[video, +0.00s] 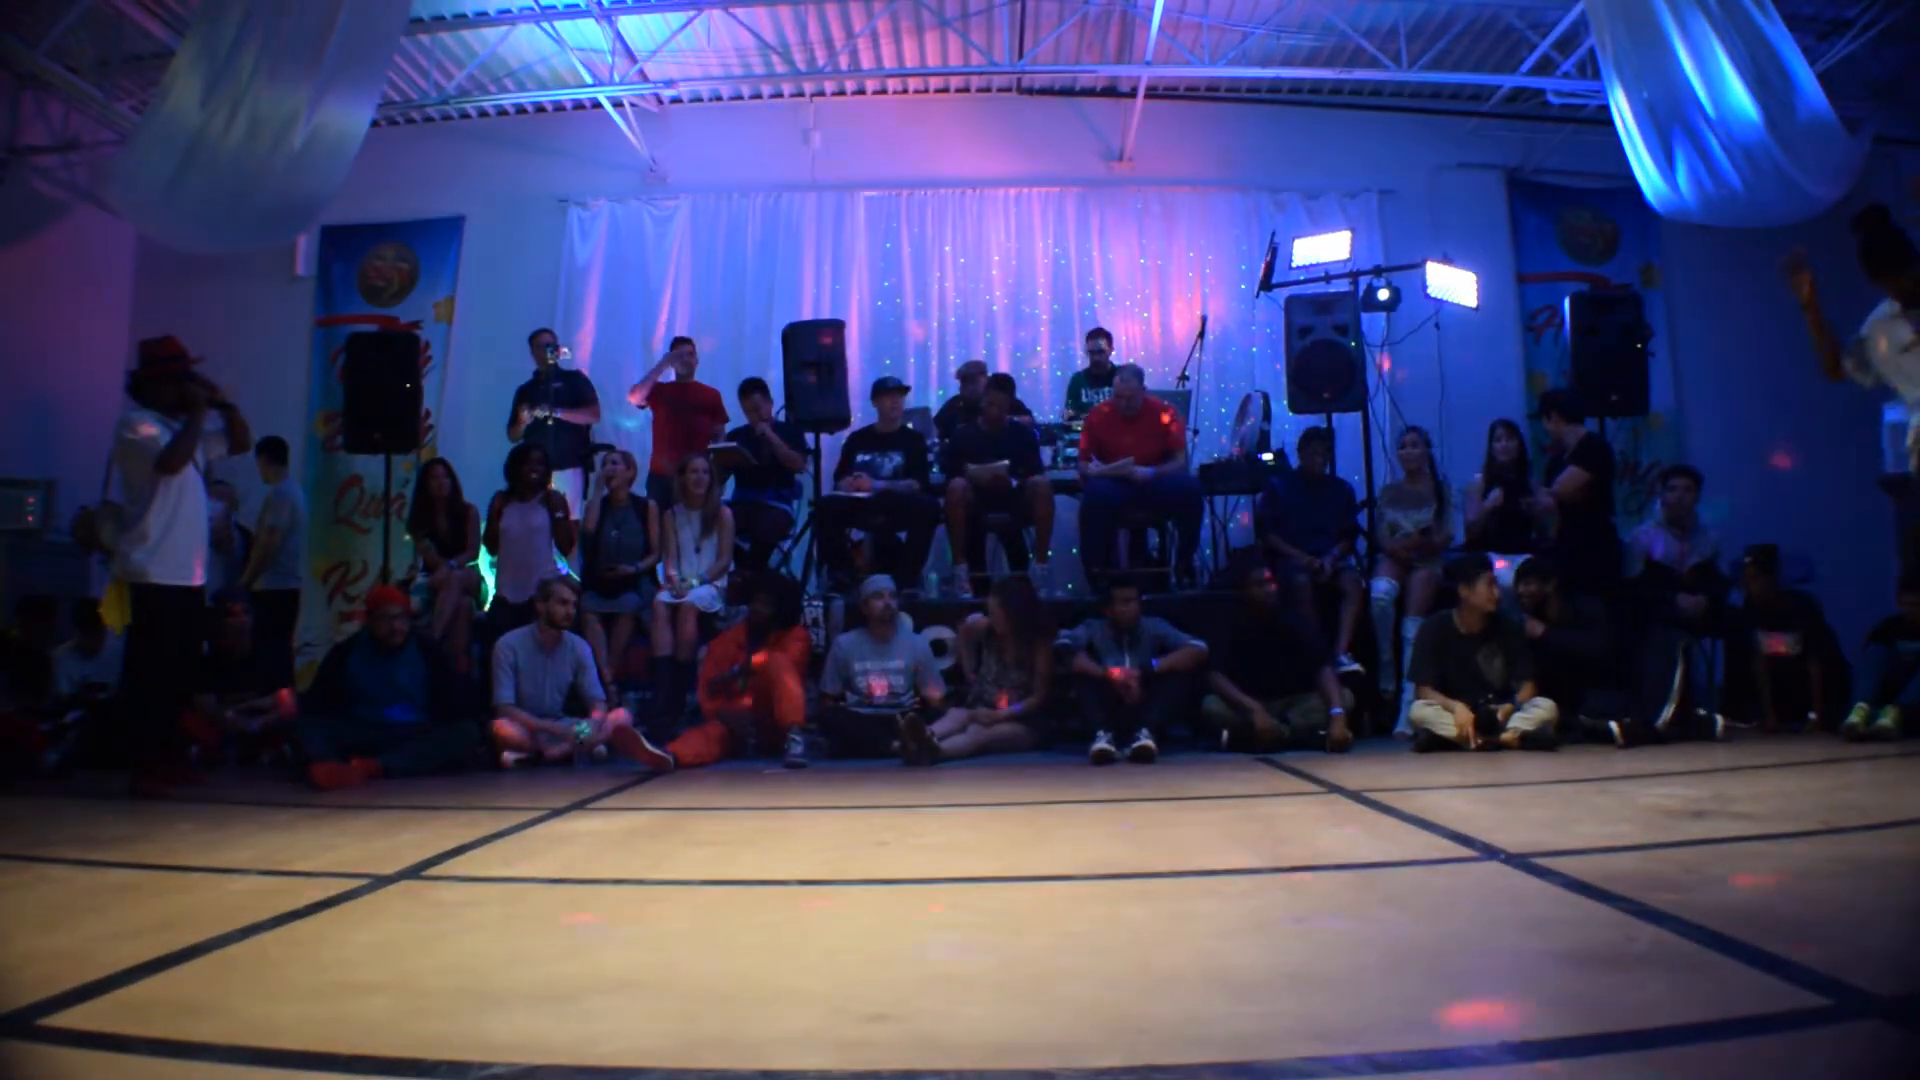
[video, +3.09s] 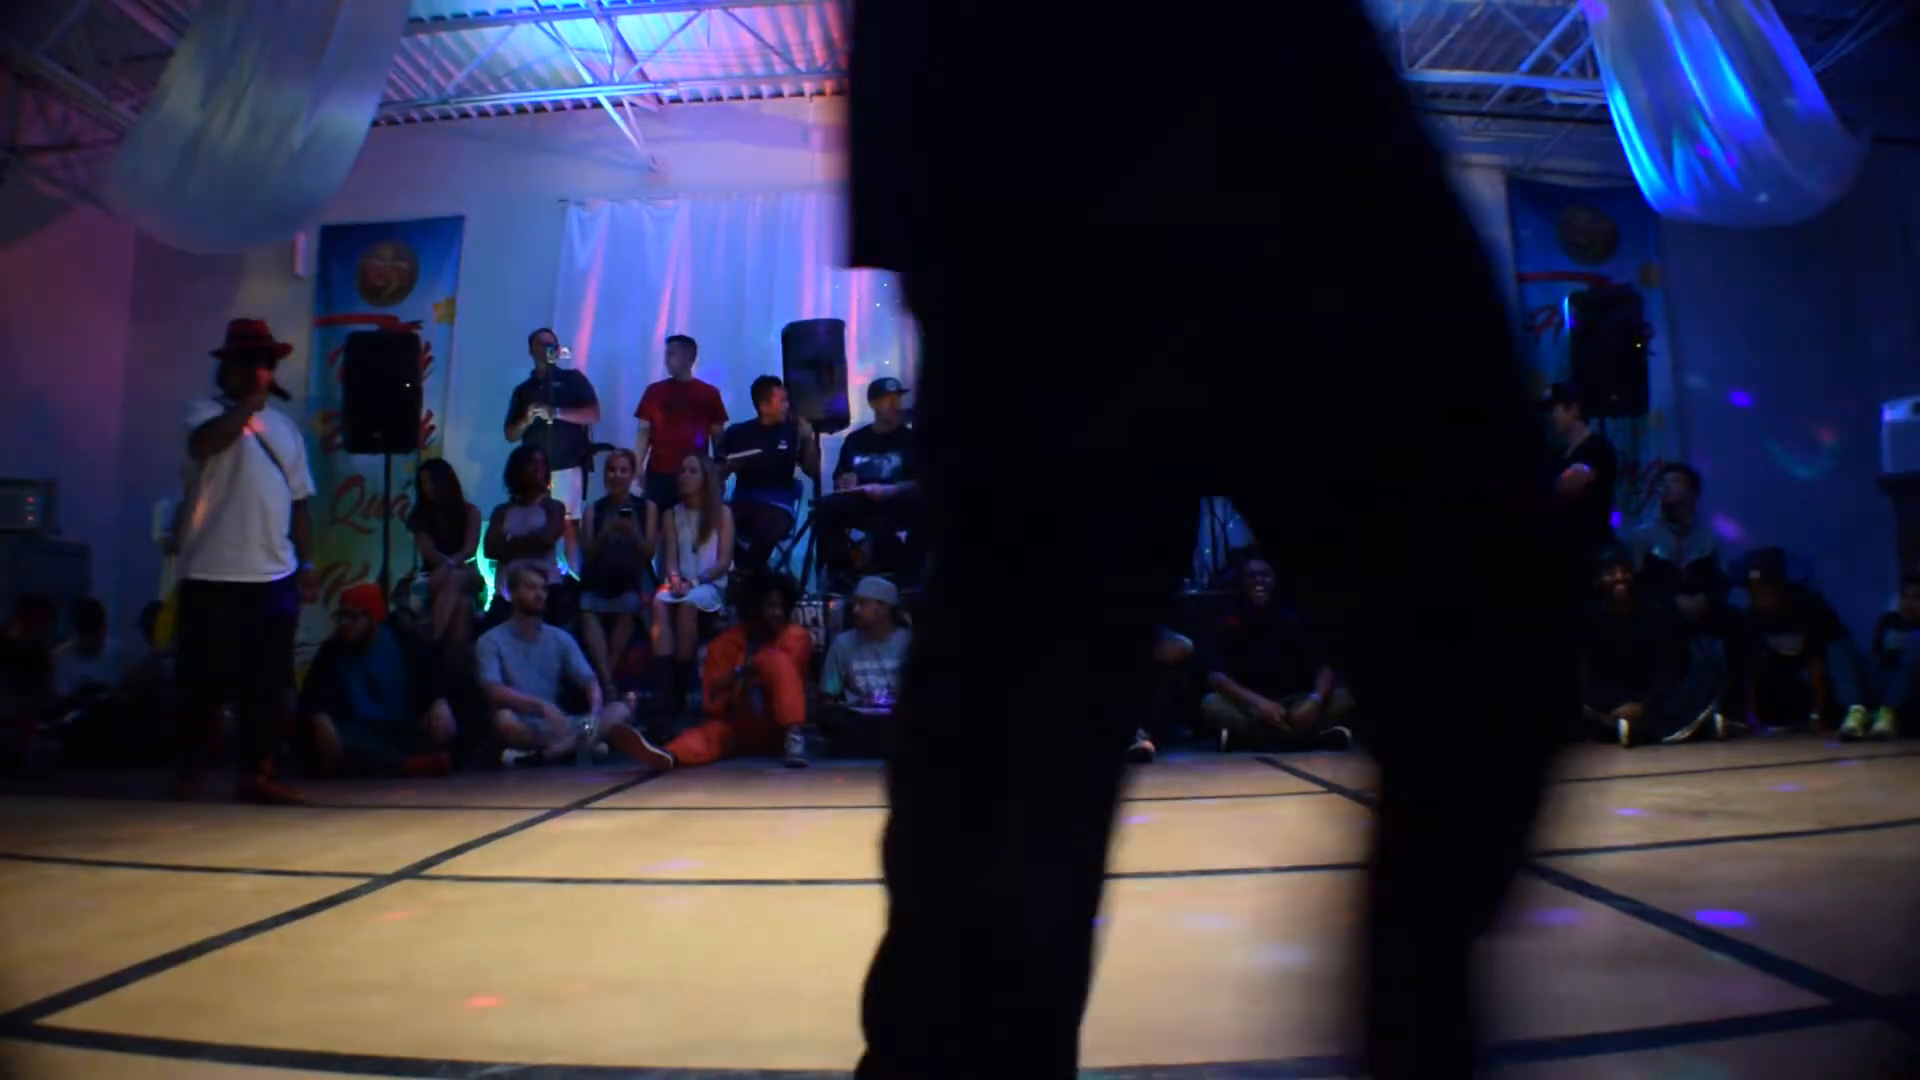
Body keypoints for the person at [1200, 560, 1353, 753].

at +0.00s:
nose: (1270, 589)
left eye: (1272, 583)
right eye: (1261, 585)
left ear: (1277, 586)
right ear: (1246, 591)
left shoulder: (1292, 620)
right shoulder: (1235, 627)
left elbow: (1322, 669)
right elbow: (1215, 675)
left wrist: (1337, 715)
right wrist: (1256, 709)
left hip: (1295, 699)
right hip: (1248, 703)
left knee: (1344, 697)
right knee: (1211, 706)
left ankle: (1255, 737)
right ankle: (1301, 737)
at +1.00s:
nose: (1259, 592)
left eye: (1265, 586)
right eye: (1252, 587)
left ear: (1275, 589)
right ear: (1243, 592)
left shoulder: (1292, 620)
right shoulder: (1234, 626)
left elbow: (1329, 669)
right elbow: (1214, 676)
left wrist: (1310, 716)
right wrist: (1255, 710)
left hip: (1294, 699)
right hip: (1247, 702)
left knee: (1343, 698)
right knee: (1211, 706)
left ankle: (1253, 739)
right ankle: (1305, 738)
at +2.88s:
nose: (1259, 585)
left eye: (1265, 578)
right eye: (1252, 579)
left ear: (1277, 583)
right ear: (1243, 585)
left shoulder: (1295, 617)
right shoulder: (1234, 621)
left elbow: (1336, 663)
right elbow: (1215, 675)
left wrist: (1326, 703)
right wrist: (1260, 706)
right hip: (1248, 703)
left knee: (1342, 700)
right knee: (1211, 705)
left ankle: (1250, 739)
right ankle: (1308, 739)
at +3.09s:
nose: (1259, 581)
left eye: (1265, 575)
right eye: (1252, 576)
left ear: (1274, 580)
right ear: (1242, 582)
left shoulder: (1292, 617)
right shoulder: (1231, 621)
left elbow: (1324, 667)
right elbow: (1216, 676)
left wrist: (1315, 702)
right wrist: (1259, 704)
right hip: (1249, 703)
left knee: (1340, 699)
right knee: (1212, 704)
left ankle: (1249, 740)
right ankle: (1307, 739)